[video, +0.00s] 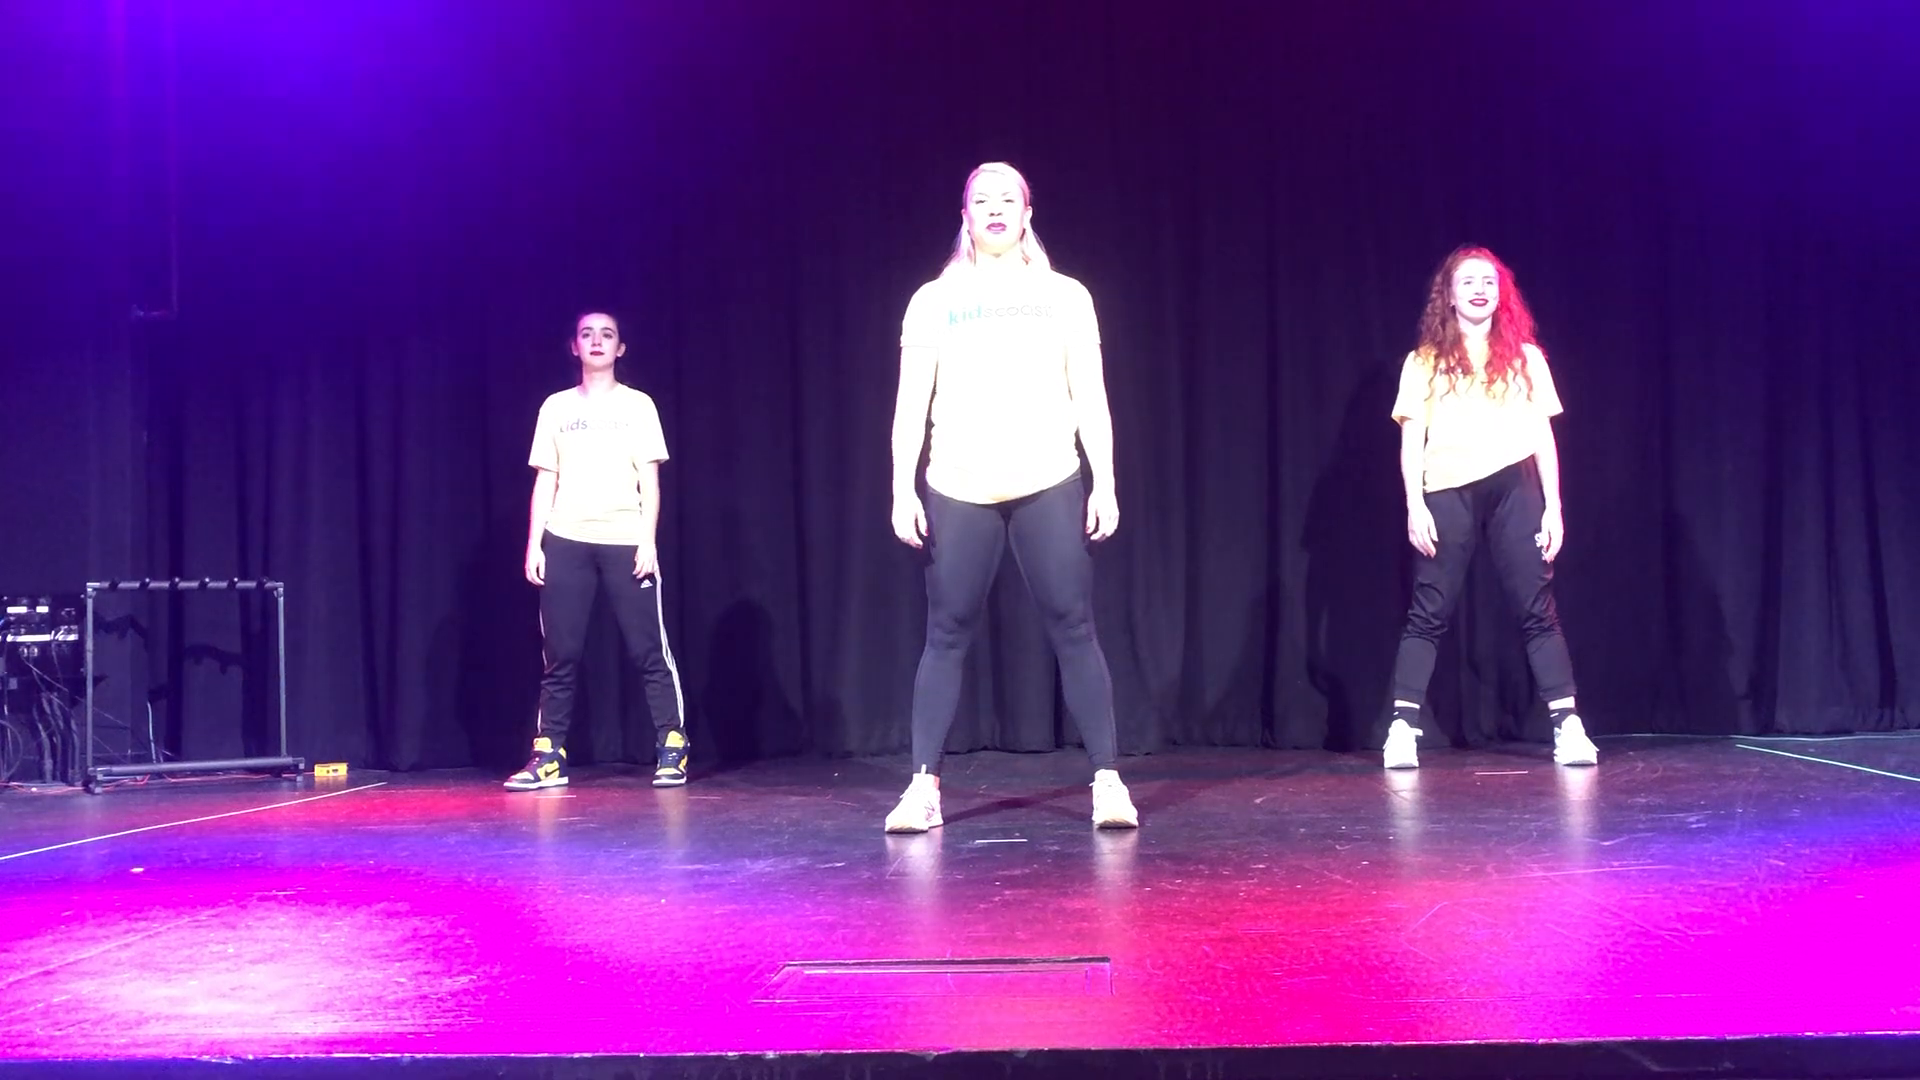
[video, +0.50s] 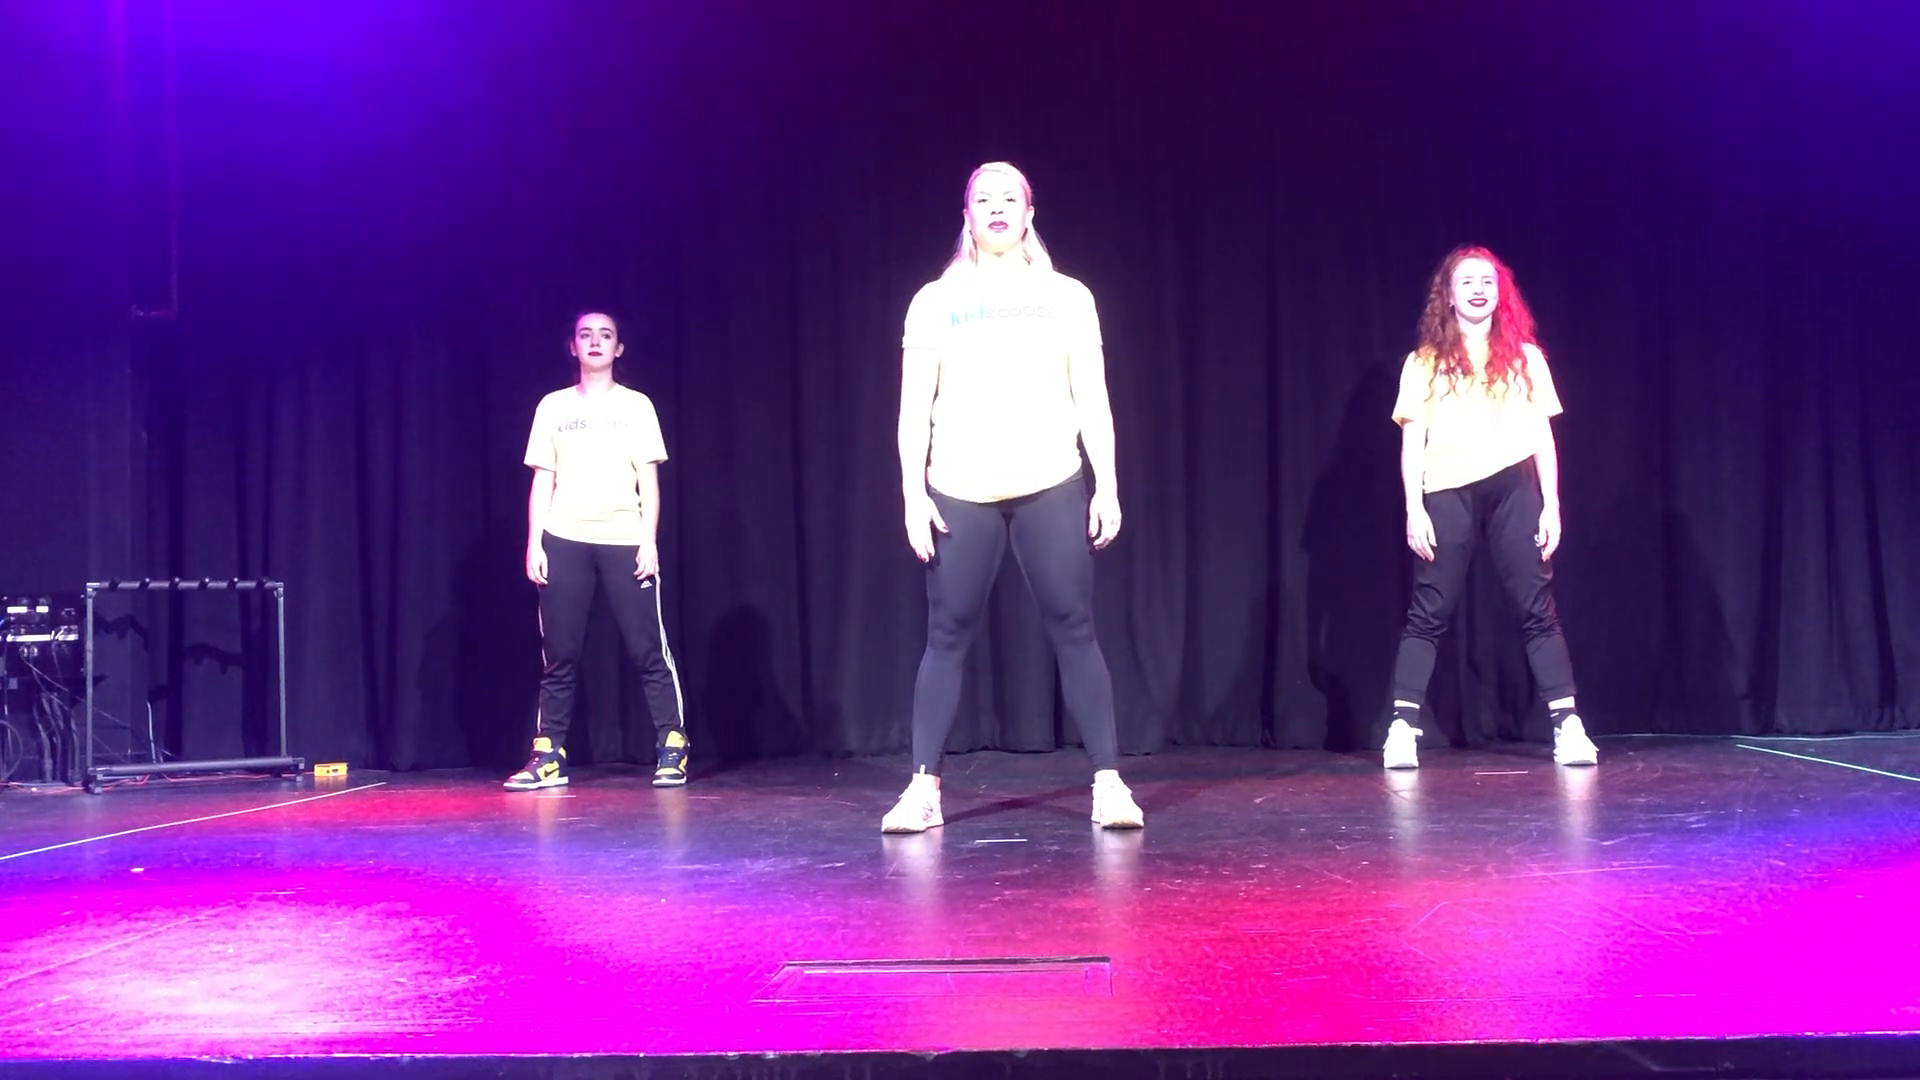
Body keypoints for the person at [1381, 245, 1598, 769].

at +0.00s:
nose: (1478, 290)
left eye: (1487, 282)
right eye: (1468, 281)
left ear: (1501, 293)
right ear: (1448, 291)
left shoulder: (1525, 356)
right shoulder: (1425, 360)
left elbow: (1543, 435)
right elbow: (1412, 439)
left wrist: (1553, 506)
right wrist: (1415, 505)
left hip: (1515, 488)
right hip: (1446, 492)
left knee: (1536, 606)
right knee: (1430, 608)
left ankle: (1567, 724)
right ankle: (1404, 726)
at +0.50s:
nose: (1477, 290)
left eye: (1486, 281)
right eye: (1467, 281)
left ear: (1501, 292)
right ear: (1448, 292)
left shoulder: (1525, 356)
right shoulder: (1425, 361)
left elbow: (1543, 435)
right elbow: (1413, 441)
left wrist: (1551, 505)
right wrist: (1414, 509)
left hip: (1514, 489)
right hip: (1445, 493)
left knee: (1535, 606)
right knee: (1430, 609)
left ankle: (1567, 725)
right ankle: (1404, 727)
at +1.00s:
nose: (1478, 288)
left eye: (1487, 280)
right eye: (1468, 280)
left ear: (1502, 291)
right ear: (1448, 290)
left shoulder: (1527, 355)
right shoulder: (1426, 359)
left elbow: (1544, 435)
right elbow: (1413, 440)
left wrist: (1552, 506)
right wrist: (1417, 508)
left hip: (1514, 489)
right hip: (1446, 493)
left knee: (1536, 607)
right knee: (1430, 609)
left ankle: (1567, 725)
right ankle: (1404, 727)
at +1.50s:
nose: (1478, 287)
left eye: (1487, 279)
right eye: (1468, 279)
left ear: (1501, 289)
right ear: (1448, 289)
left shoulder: (1527, 353)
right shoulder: (1425, 359)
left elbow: (1546, 434)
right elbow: (1414, 442)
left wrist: (1554, 505)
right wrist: (1419, 510)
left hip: (1518, 493)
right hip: (1448, 498)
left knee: (1541, 608)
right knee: (1433, 611)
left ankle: (1568, 726)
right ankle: (1404, 728)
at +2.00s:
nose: (1395, 323)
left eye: (1407, 314)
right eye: (1394, 317)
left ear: (1440, 320)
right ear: (1397, 332)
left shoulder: (1479, 376)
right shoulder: (1402, 391)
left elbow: (1519, 453)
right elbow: (1340, 421)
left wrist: (1528, 532)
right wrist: (1366, 369)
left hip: (1493, 520)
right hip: (1434, 529)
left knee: (1516, 635)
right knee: (1409, 622)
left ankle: (1616, 716)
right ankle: (1400, 734)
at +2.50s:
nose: (1446, 319)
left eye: (1456, 311)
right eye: (1437, 310)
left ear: (1477, 320)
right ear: (1419, 318)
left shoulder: (1505, 370)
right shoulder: (1411, 378)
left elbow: (1550, 426)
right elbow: (1367, 415)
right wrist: (1413, 356)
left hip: (1500, 517)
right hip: (1430, 523)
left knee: (1538, 621)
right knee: (1416, 622)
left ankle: (1592, 721)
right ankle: (1403, 731)